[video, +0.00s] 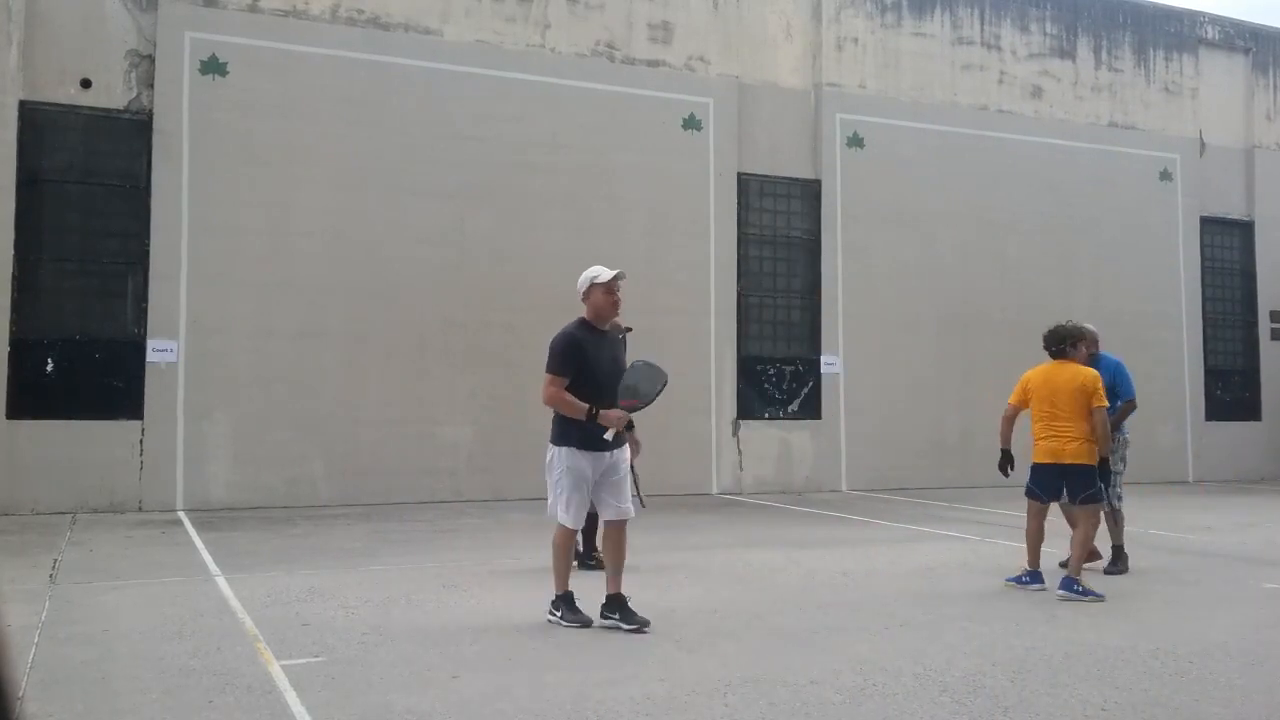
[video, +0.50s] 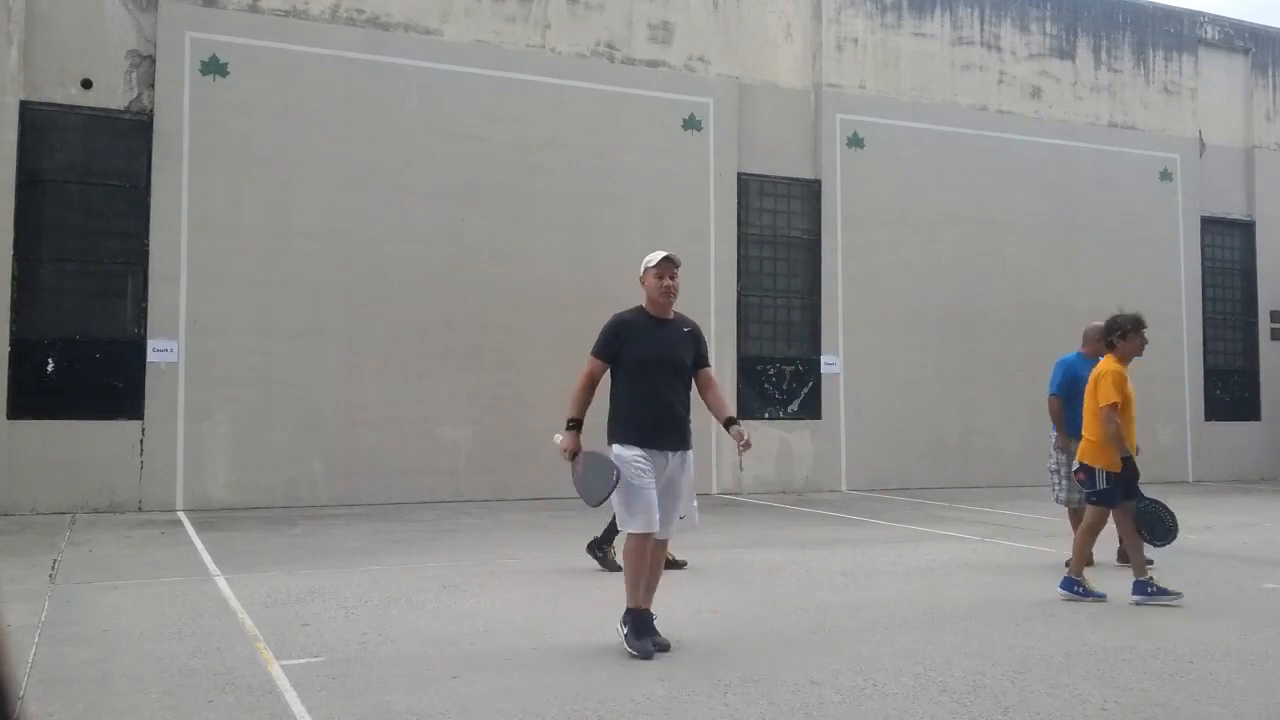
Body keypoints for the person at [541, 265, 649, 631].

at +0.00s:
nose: (617, 298)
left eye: (617, 291)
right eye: (609, 292)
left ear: (614, 296)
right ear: (587, 297)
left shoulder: (616, 338)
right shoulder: (568, 340)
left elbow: (615, 390)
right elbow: (551, 394)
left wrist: (629, 431)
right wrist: (596, 414)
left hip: (612, 447)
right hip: (572, 449)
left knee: (617, 518)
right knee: (570, 522)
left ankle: (614, 601)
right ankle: (561, 600)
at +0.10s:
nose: (626, 298)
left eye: (627, 292)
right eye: (617, 293)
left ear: (627, 297)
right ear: (596, 298)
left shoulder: (632, 338)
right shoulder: (575, 341)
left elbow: (635, 390)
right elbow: (555, 395)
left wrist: (649, 433)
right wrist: (594, 419)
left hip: (623, 450)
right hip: (580, 453)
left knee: (625, 523)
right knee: (572, 525)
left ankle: (635, 606)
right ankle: (563, 599)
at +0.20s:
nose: (636, 297)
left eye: (638, 291)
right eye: (628, 291)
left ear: (641, 296)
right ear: (608, 296)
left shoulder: (647, 339)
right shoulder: (586, 340)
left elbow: (657, 390)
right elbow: (559, 393)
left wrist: (680, 437)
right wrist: (587, 424)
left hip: (638, 456)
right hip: (592, 457)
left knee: (636, 530)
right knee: (580, 527)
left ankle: (636, 615)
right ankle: (565, 594)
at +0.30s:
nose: (648, 290)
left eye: (651, 285)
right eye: (639, 285)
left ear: (656, 292)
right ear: (620, 292)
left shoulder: (662, 339)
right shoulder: (598, 335)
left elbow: (678, 393)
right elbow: (568, 383)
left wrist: (705, 438)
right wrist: (578, 427)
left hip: (652, 454)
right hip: (605, 452)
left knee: (651, 532)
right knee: (598, 532)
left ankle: (639, 618)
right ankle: (577, 582)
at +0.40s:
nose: (659, 285)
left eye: (663, 279)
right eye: (650, 279)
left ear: (667, 286)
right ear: (632, 285)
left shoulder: (675, 335)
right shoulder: (609, 329)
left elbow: (695, 390)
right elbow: (579, 379)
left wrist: (723, 433)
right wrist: (573, 428)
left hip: (664, 450)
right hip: (617, 448)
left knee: (656, 535)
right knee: (618, 533)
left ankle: (640, 617)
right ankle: (601, 586)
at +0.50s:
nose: (668, 281)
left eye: (673, 276)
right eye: (660, 275)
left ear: (680, 284)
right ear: (643, 281)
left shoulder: (689, 331)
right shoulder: (622, 325)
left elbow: (708, 385)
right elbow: (590, 377)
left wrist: (731, 423)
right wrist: (572, 429)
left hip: (674, 447)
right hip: (631, 444)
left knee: (661, 533)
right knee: (641, 526)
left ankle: (644, 616)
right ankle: (633, 617)